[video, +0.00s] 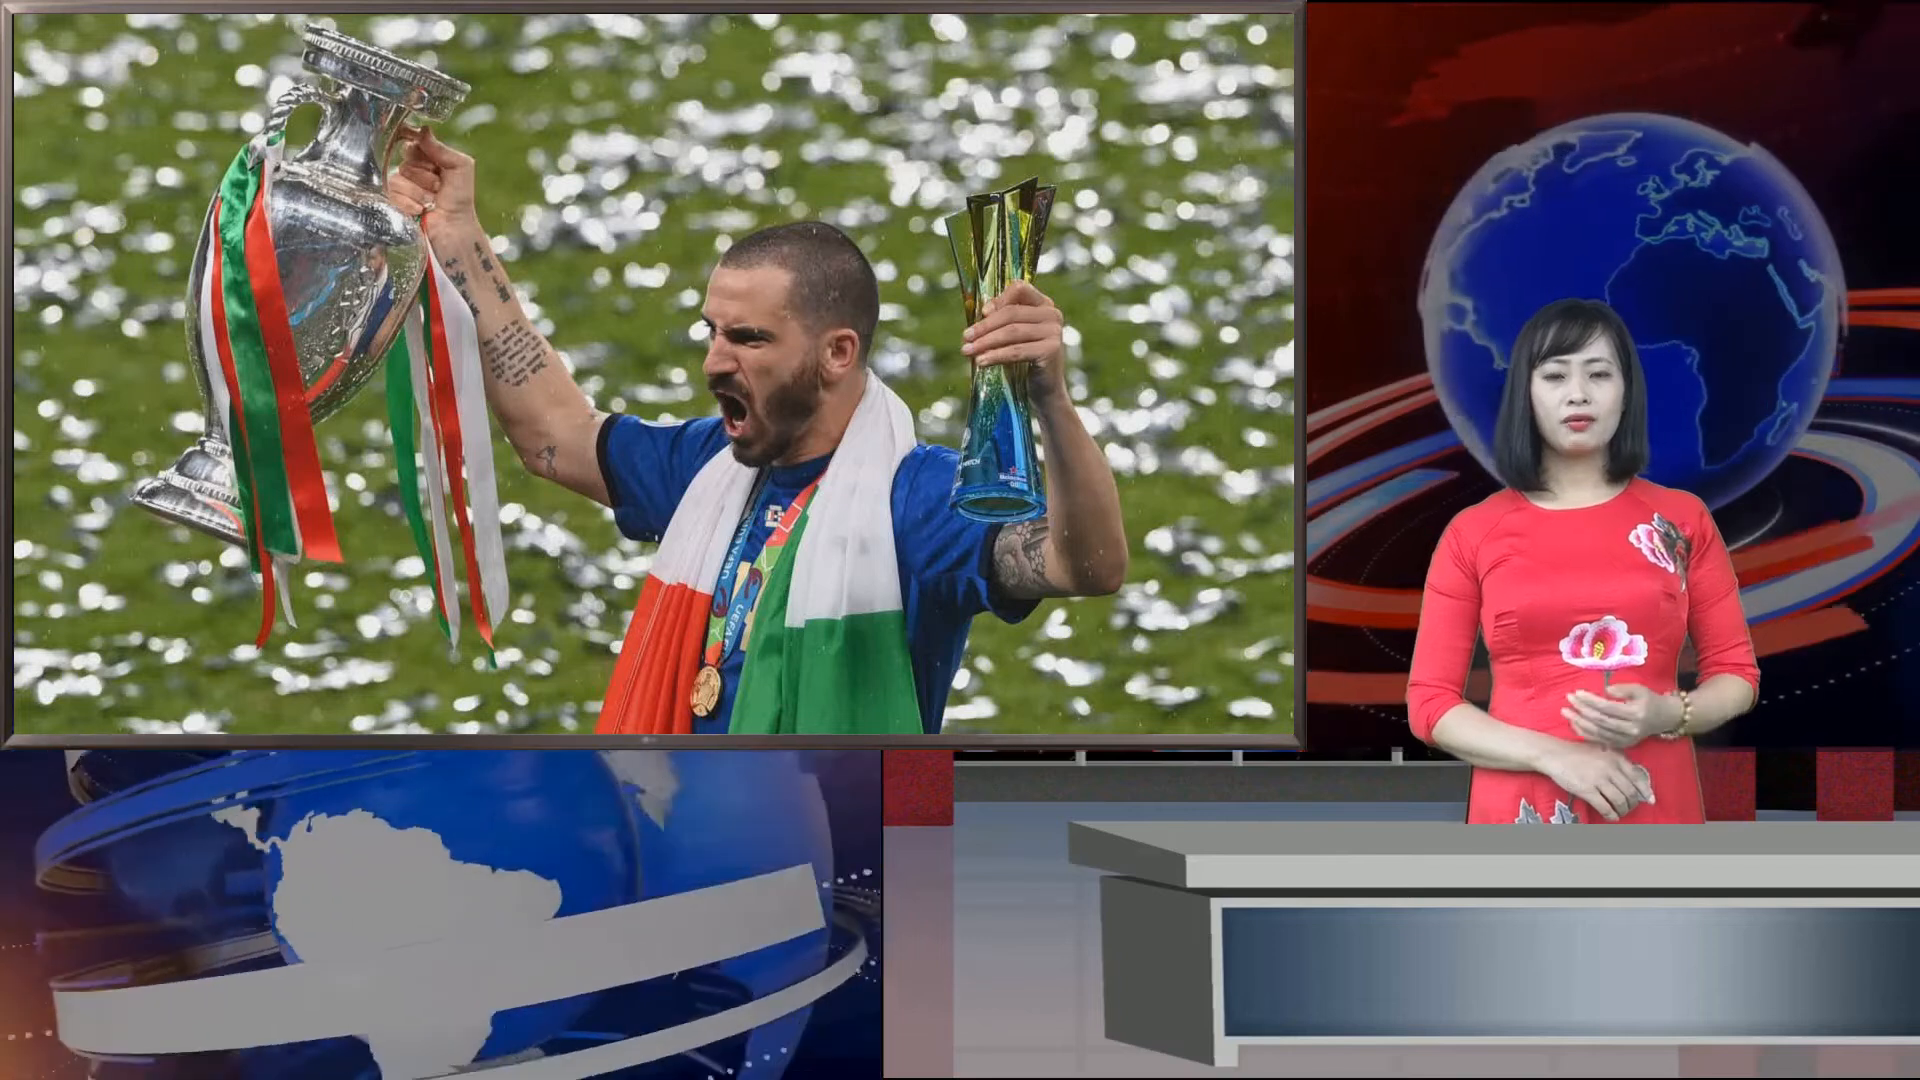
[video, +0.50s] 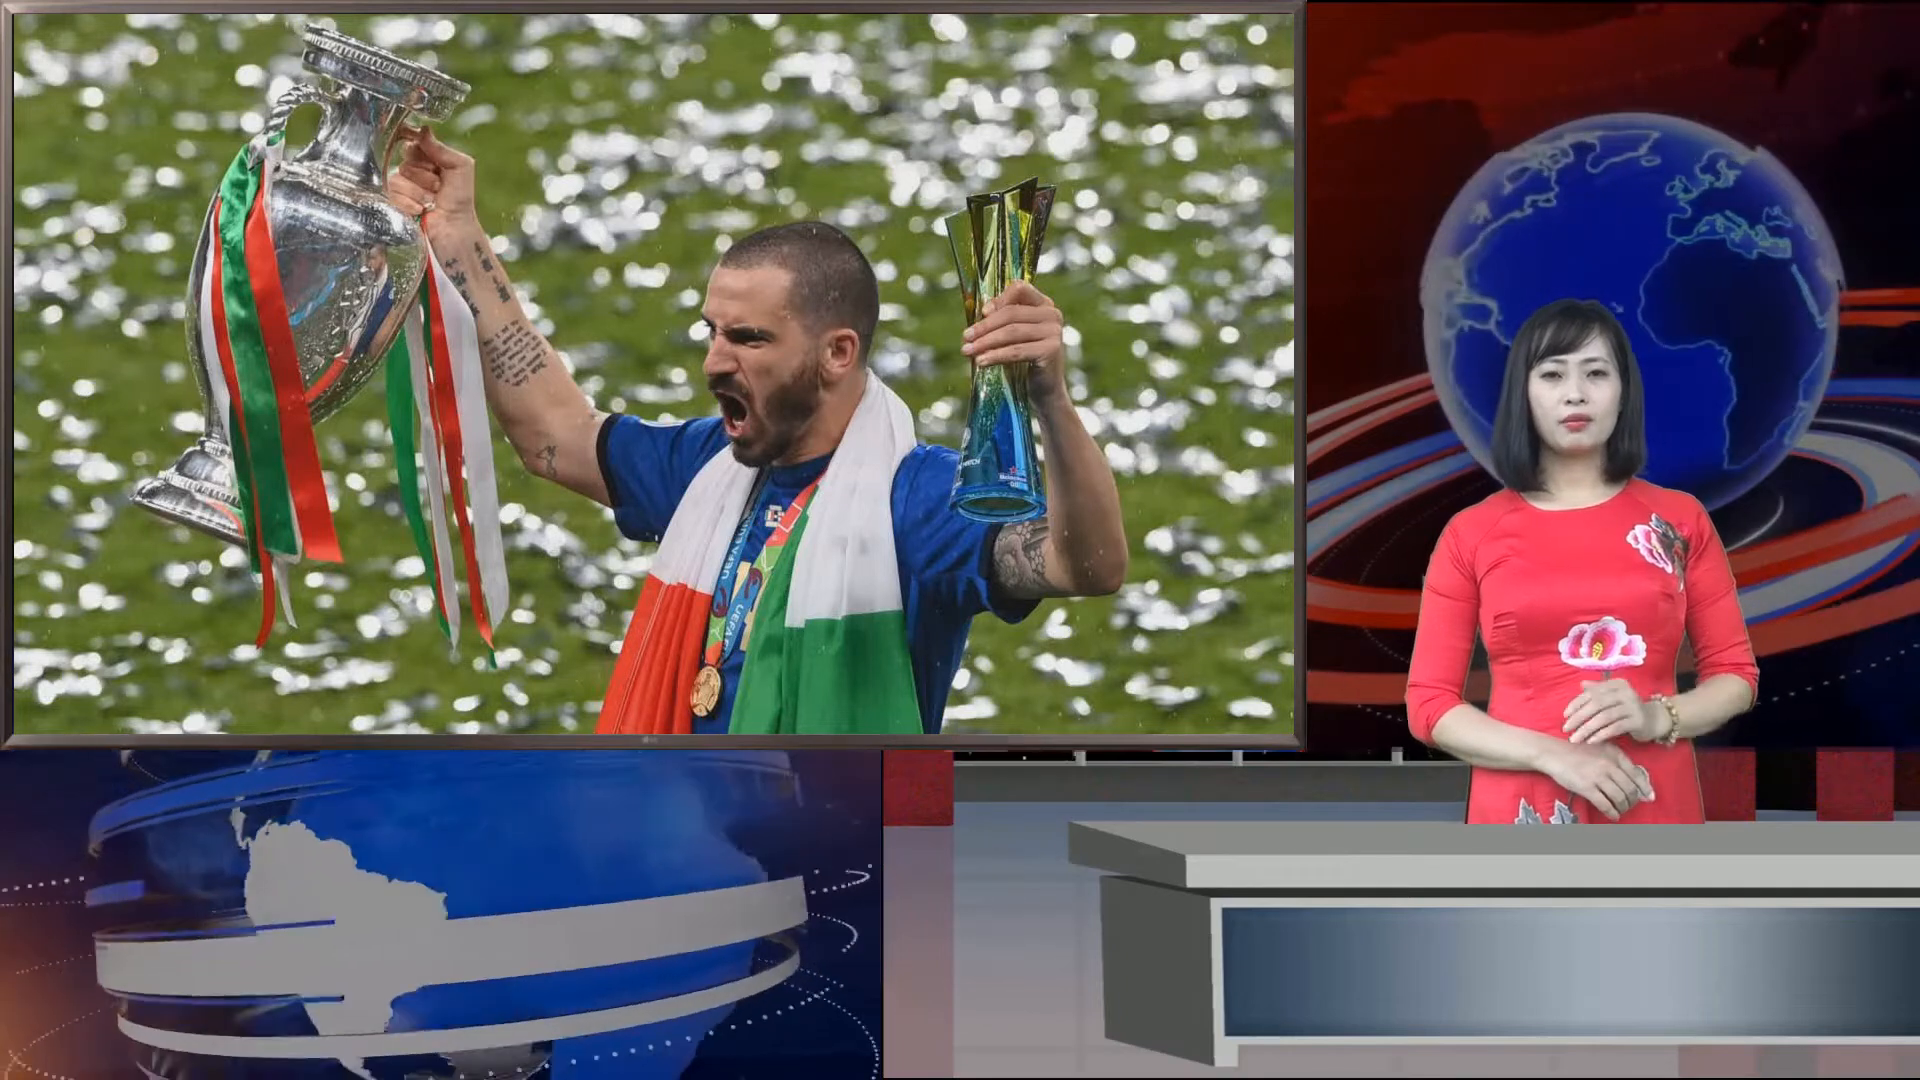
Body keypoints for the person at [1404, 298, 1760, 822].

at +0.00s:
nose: (1577, 393)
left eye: (1598, 374)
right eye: (1555, 375)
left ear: (1626, 392)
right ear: (1527, 393)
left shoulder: (1682, 520)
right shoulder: (1474, 534)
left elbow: (1736, 678)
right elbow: (1430, 703)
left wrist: (1665, 715)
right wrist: (1551, 754)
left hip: (1659, 825)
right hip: (1519, 826)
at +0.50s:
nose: (1575, 393)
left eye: (1596, 373)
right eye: (1553, 374)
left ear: (1623, 391)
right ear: (1524, 392)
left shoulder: (1679, 520)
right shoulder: (1472, 535)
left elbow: (1735, 677)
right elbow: (1429, 703)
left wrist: (1655, 716)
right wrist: (1552, 753)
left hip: (1658, 824)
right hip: (1518, 824)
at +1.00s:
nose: (1578, 394)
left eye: (1599, 375)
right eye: (1556, 375)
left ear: (1626, 393)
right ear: (1527, 393)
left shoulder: (1680, 521)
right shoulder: (1474, 535)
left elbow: (1734, 679)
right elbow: (1430, 704)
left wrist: (1653, 740)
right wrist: (1557, 752)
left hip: (1659, 823)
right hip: (1519, 825)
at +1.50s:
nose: (1577, 394)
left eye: (1598, 374)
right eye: (1555, 375)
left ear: (1625, 392)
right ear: (1525, 393)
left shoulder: (1680, 520)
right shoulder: (1473, 535)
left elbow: (1733, 677)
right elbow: (1430, 704)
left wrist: (1653, 738)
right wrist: (1558, 753)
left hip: (1659, 823)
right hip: (1519, 825)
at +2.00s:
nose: (1580, 396)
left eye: (1601, 377)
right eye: (1557, 378)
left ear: (1627, 394)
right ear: (1528, 395)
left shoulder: (1681, 522)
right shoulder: (1476, 535)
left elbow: (1735, 678)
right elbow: (1432, 704)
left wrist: (1654, 738)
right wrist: (1560, 752)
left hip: (1660, 823)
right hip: (1520, 824)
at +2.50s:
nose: (1582, 394)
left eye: (1602, 375)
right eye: (1560, 376)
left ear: (1629, 392)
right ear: (1531, 393)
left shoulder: (1685, 521)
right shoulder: (1478, 535)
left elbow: (1738, 676)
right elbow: (1434, 700)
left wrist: (1659, 718)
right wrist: (1553, 751)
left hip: (1663, 823)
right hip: (1524, 823)